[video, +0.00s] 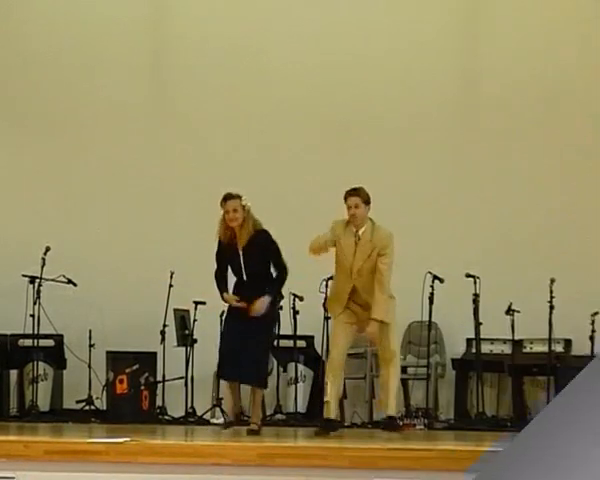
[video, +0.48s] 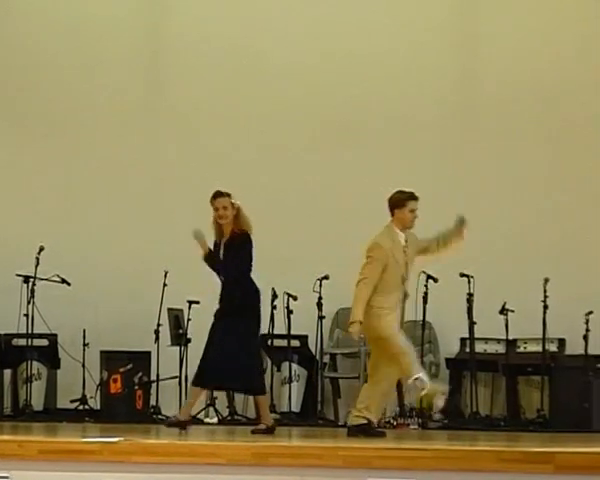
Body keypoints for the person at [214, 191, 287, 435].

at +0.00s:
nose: (232, 216)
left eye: (236, 211)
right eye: (228, 212)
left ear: (245, 211)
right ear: (223, 215)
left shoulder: (262, 237)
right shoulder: (225, 240)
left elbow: (282, 270)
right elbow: (221, 271)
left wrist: (268, 297)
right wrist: (225, 294)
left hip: (264, 303)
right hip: (239, 301)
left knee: (257, 355)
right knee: (230, 353)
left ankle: (256, 415)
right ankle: (235, 410)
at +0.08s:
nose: (233, 210)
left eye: (237, 205)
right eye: (229, 207)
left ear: (247, 205)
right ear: (225, 210)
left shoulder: (264, 230)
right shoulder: (224, 235)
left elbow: (287, 256)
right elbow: (220, 263)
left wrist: (284, 287)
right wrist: (220, 291)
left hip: (262, 291)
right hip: (239, 291)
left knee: (253, 347)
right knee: (236, 347)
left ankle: (259, 410)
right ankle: (253, 409)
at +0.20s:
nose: (236, 211)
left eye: (240, 206)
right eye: (231, 207)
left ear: (249, 207)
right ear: (227, 210)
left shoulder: (264, 234)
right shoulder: (227, 235)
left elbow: (283, 262)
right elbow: (227, 266)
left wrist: (281, 289)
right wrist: (215, 293)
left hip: (259, 296)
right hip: (238, 297)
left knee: (254, 352)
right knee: (242, 354)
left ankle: (271, 414)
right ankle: (259, 416)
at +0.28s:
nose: (235, 213)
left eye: (239, 209)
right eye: (231, 210)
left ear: (248, 210)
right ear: (226, 214)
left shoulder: (262, 240)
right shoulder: (228, 239)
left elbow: (274, 276)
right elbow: (231, 273)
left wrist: (260, 296)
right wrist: (220, 297)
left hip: (260, 304)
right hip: (238, 303)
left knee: (256, 358)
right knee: (232, 357)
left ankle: (271, 419)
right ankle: (252, 412)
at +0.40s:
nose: (228, 217)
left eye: (233, 212)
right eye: (224, 213)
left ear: (241, 213)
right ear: (220, 217)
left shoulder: (250, 242)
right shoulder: (224, 244)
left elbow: (248, 280)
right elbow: (234, 280)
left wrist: (224, 281)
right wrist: (226, 308)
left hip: (254, 304)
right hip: (235, 304)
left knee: (252, 360)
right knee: (213, 358)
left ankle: (268, 420)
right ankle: (212, 414)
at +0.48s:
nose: (222, 213)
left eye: (226, 208)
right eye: (217, 209)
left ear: (234, 209)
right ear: (214, 213)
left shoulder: (242, 237)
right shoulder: (220, 240)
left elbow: (235, 274)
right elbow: (224, 273)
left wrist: (209, 255)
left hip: (245, 301)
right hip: (229, 301)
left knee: (250, 358)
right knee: (211, 356)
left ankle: (265, 420)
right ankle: (186, 414)